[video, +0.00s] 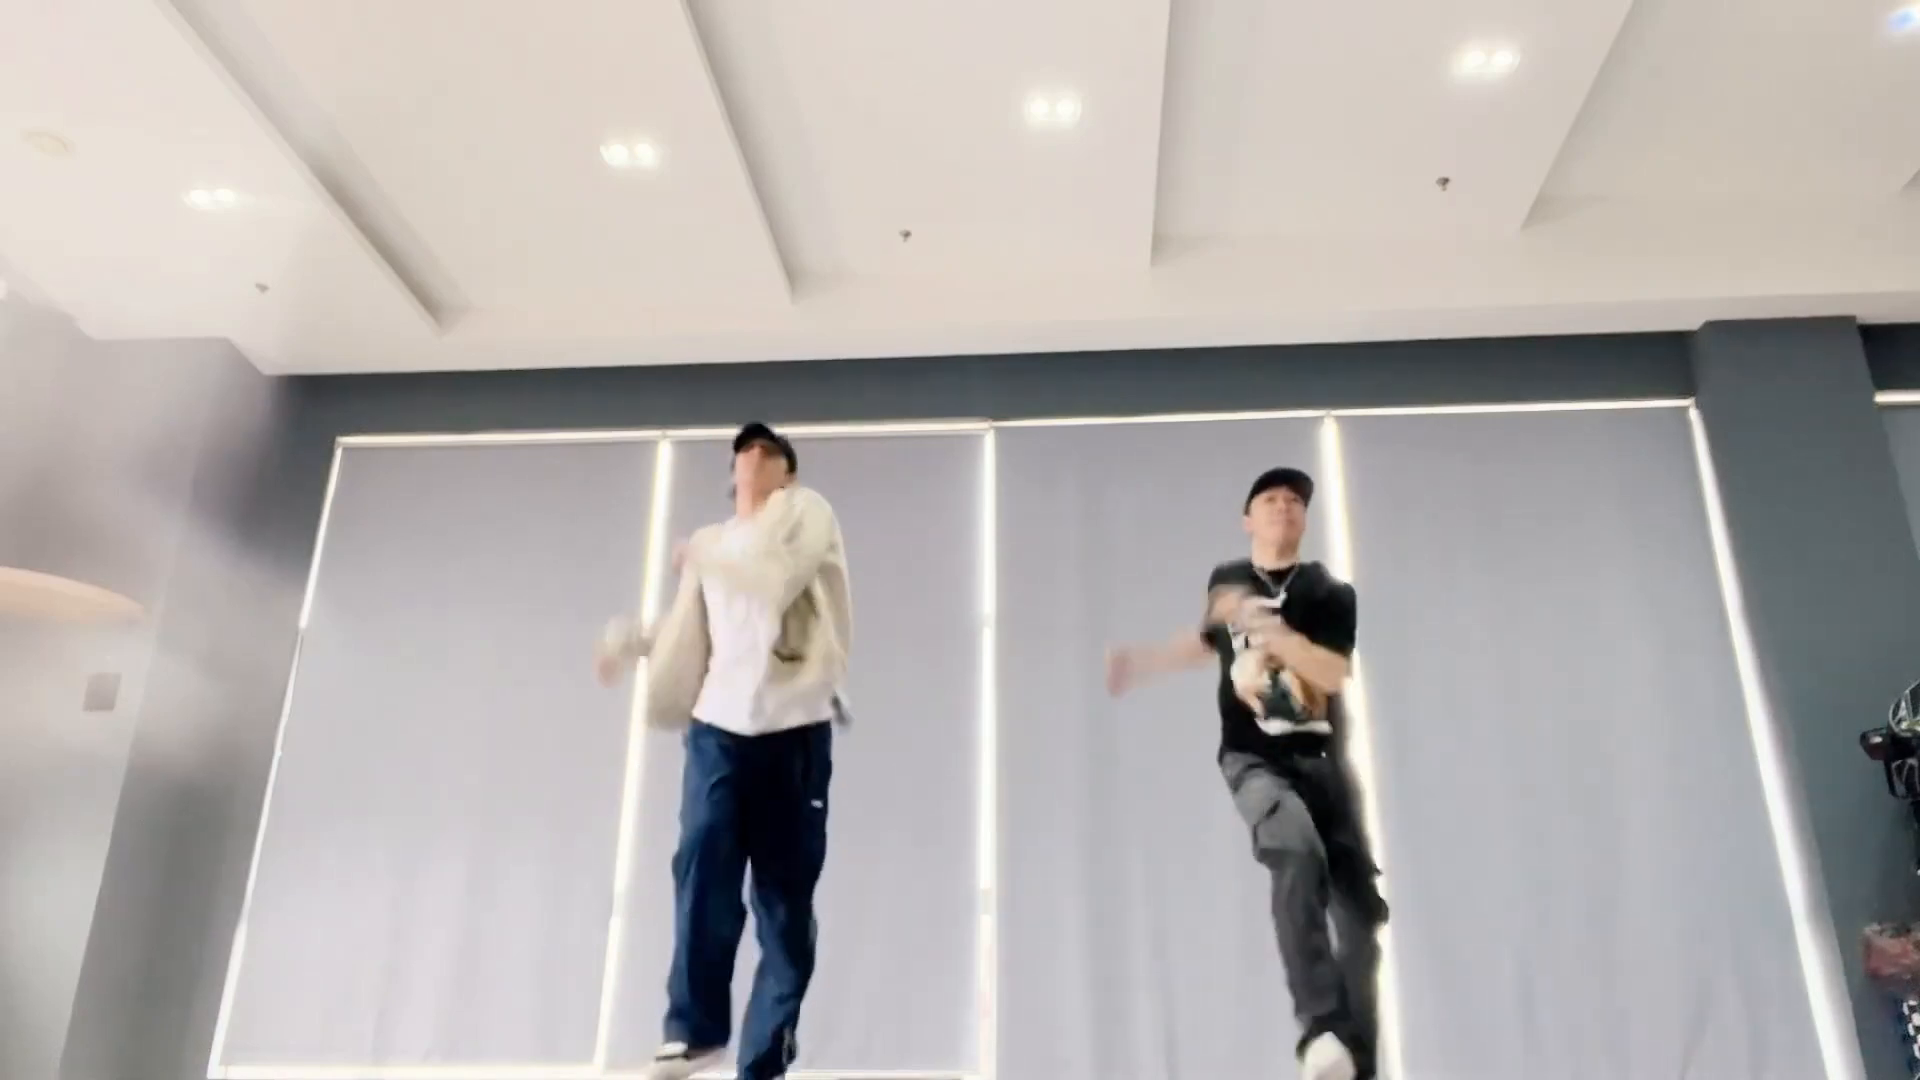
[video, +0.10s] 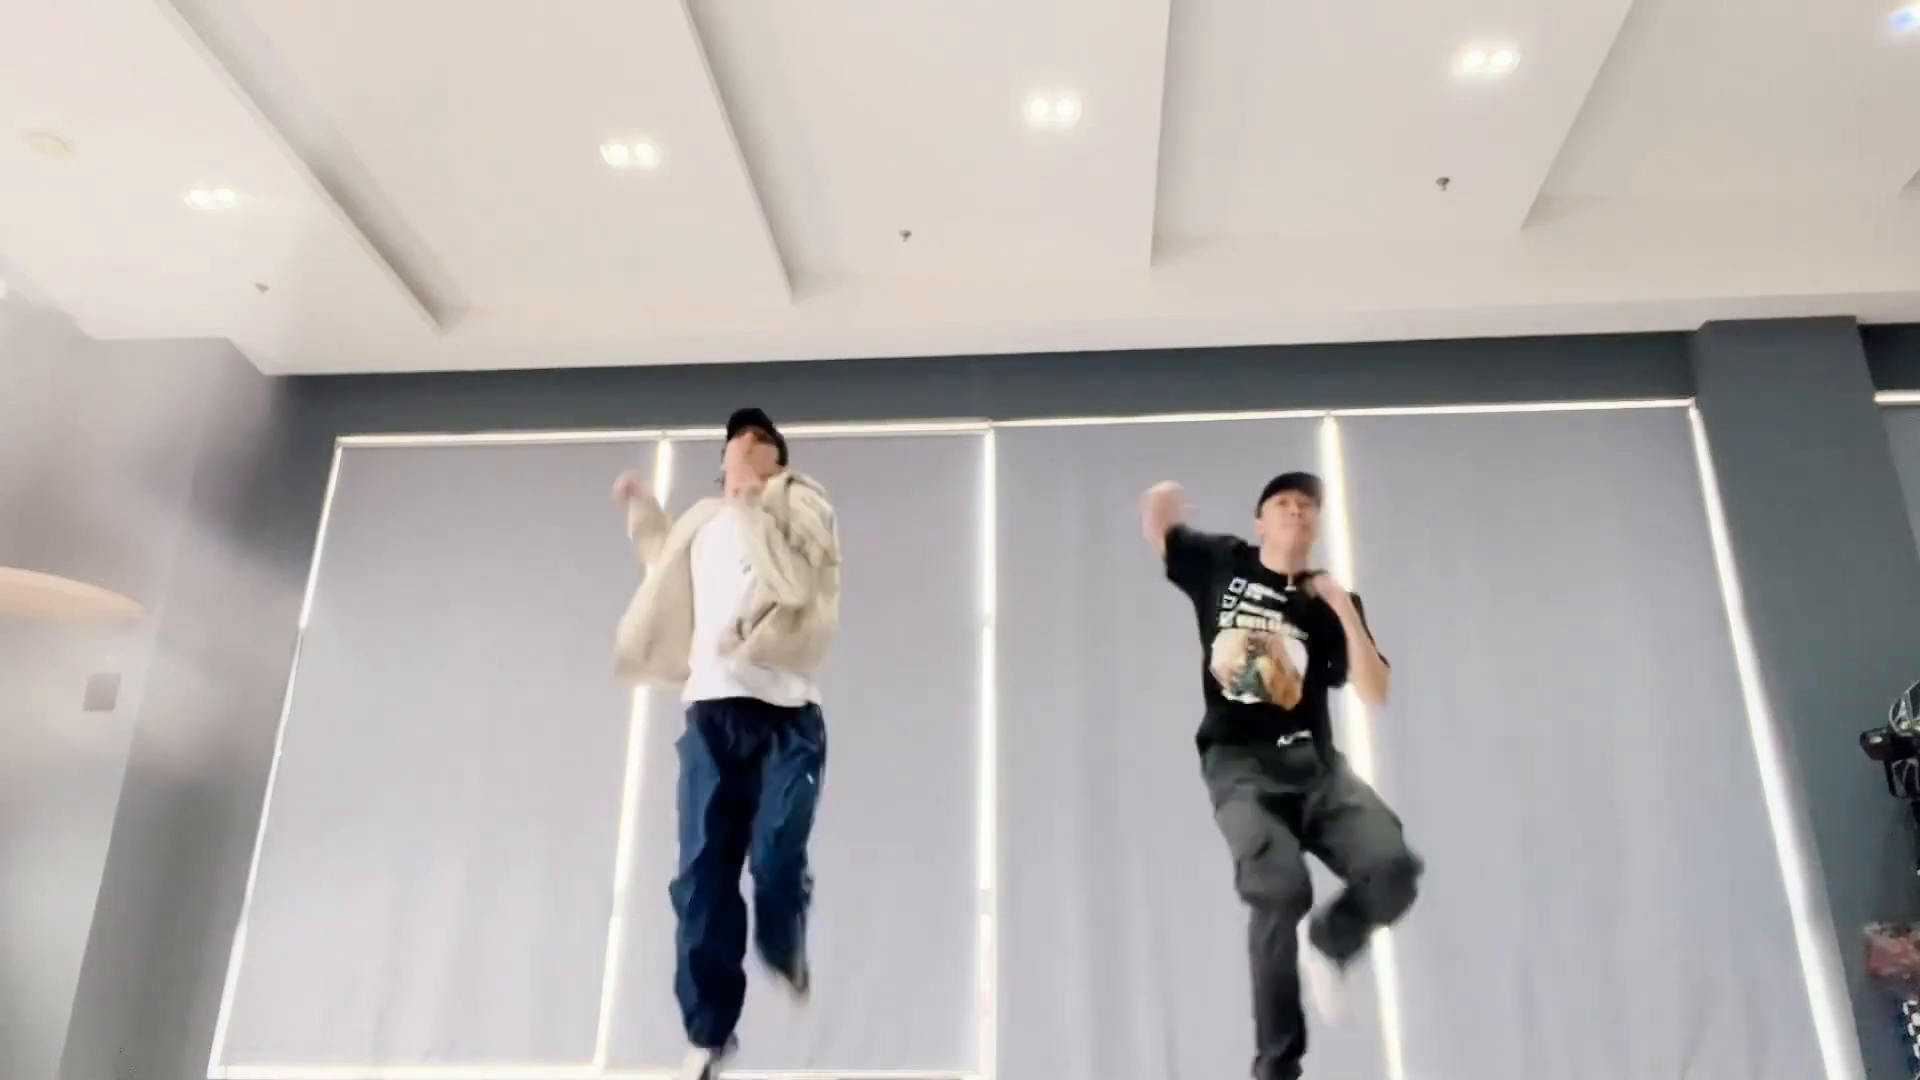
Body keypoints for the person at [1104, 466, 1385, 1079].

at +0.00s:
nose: (1283, 510)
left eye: (1294, 503)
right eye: (1271, 502)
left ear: (1306, 520)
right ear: (1248, 520)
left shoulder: (1330, 592)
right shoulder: (1231, 583)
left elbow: (1336, 677)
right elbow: (1207, 642)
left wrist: (1276, 636)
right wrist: (1143, 662)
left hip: (1318, 757)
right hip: (1251, 755)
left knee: (1359, 900)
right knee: (1301, 852)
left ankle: (1359, 1058)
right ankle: (1320, 1031)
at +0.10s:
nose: (1298, 514)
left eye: (1308, 507)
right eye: (1285, 505)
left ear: (1319, 526)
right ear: (1260, 522)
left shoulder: (1335, 602)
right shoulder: (1221, 562)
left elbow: (1374, 690)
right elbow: (1163, 536)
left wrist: (1344, 608)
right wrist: (1160, 505)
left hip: (1312, 761)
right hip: (1239, 765)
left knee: (1394, 873)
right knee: (1280, 888)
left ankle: (1329, 942)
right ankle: (1277, 1066)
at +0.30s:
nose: (1314, 523)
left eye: (1322, 515)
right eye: (1301, 513)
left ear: (1332, 531)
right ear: (1275, 528)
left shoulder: (1335, 626)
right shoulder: (1244, 581)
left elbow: (1326, 712)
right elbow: (1219, 650)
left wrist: (1266, 703)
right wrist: (1305, 706)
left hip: (1301, 763)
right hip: (1229, 763)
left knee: (1340, 824)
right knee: (1246, 913)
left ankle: (1317, 993)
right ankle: (1266, 1067)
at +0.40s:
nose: (1307, 528)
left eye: (1316, 520)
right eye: (1294, 519)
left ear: (1330, 537)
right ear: (1268, 535)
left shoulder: (1329, 626)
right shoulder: (1244, 597)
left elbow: (1328, 706)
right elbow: (1270, 702)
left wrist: (1282, 722)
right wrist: (1339, 773)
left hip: (1312, 780)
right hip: (1240, 780)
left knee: (1354, 893)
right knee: (1250, 926)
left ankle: (1335, 1071)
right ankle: (1264, 1068)